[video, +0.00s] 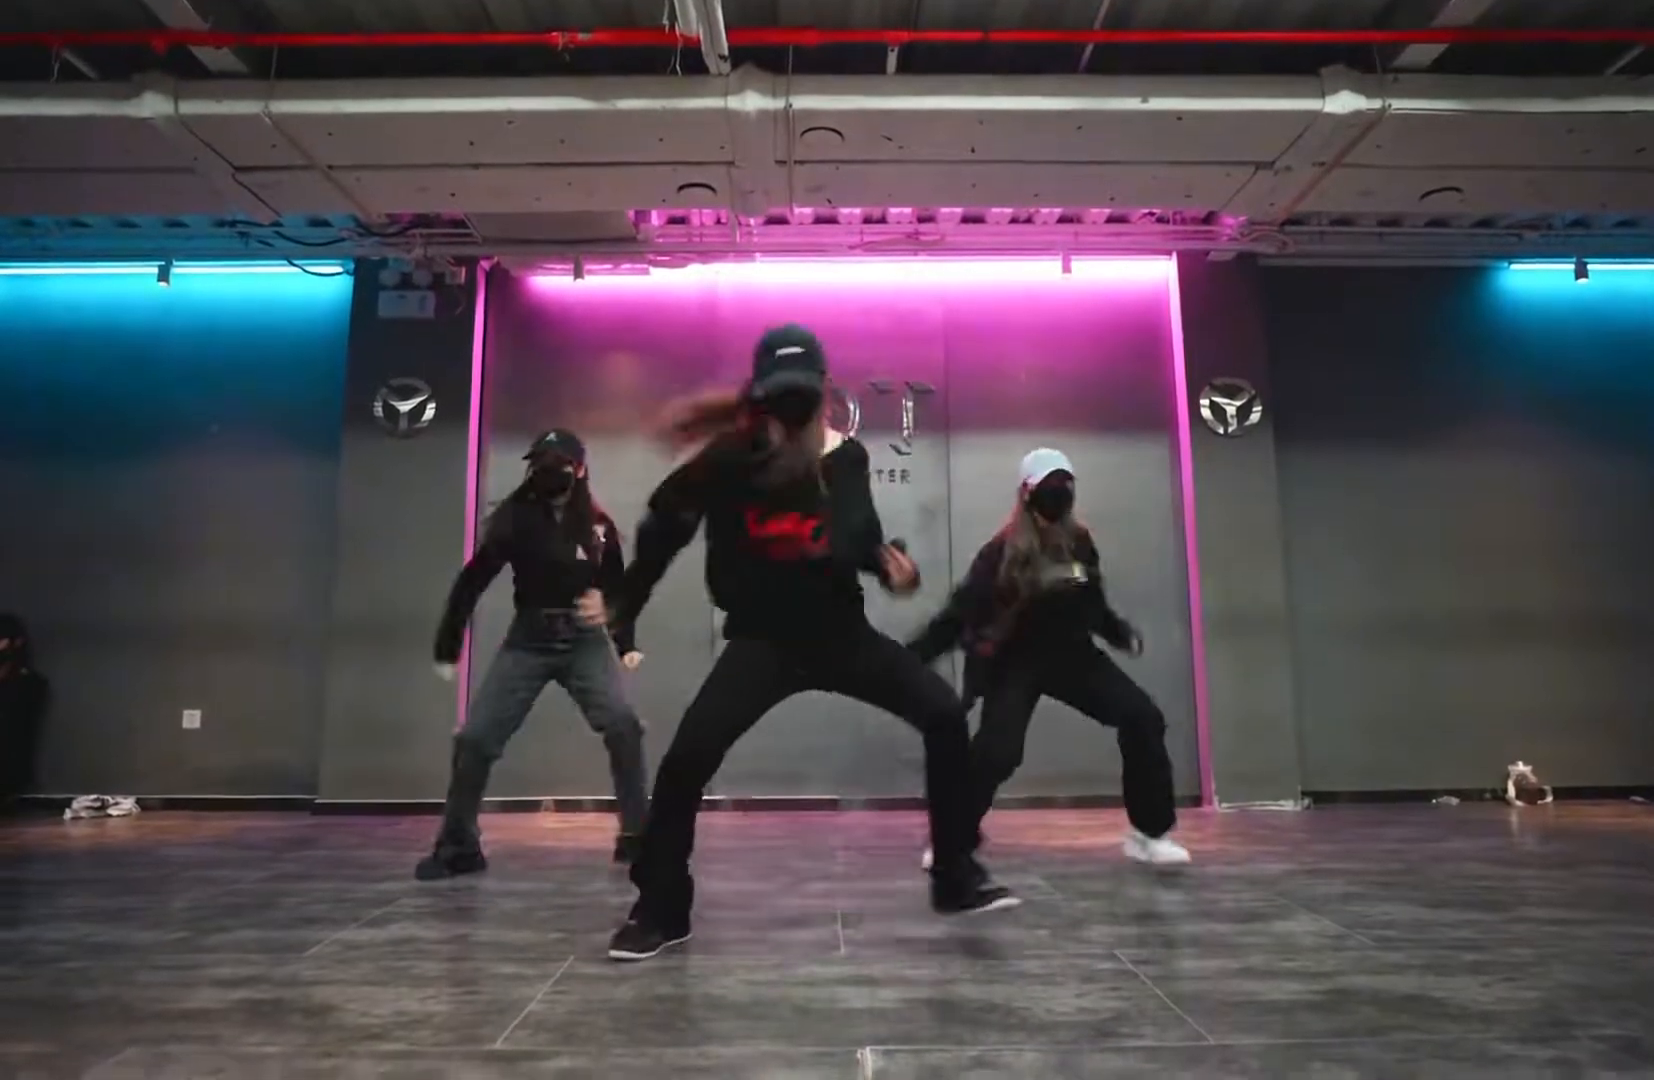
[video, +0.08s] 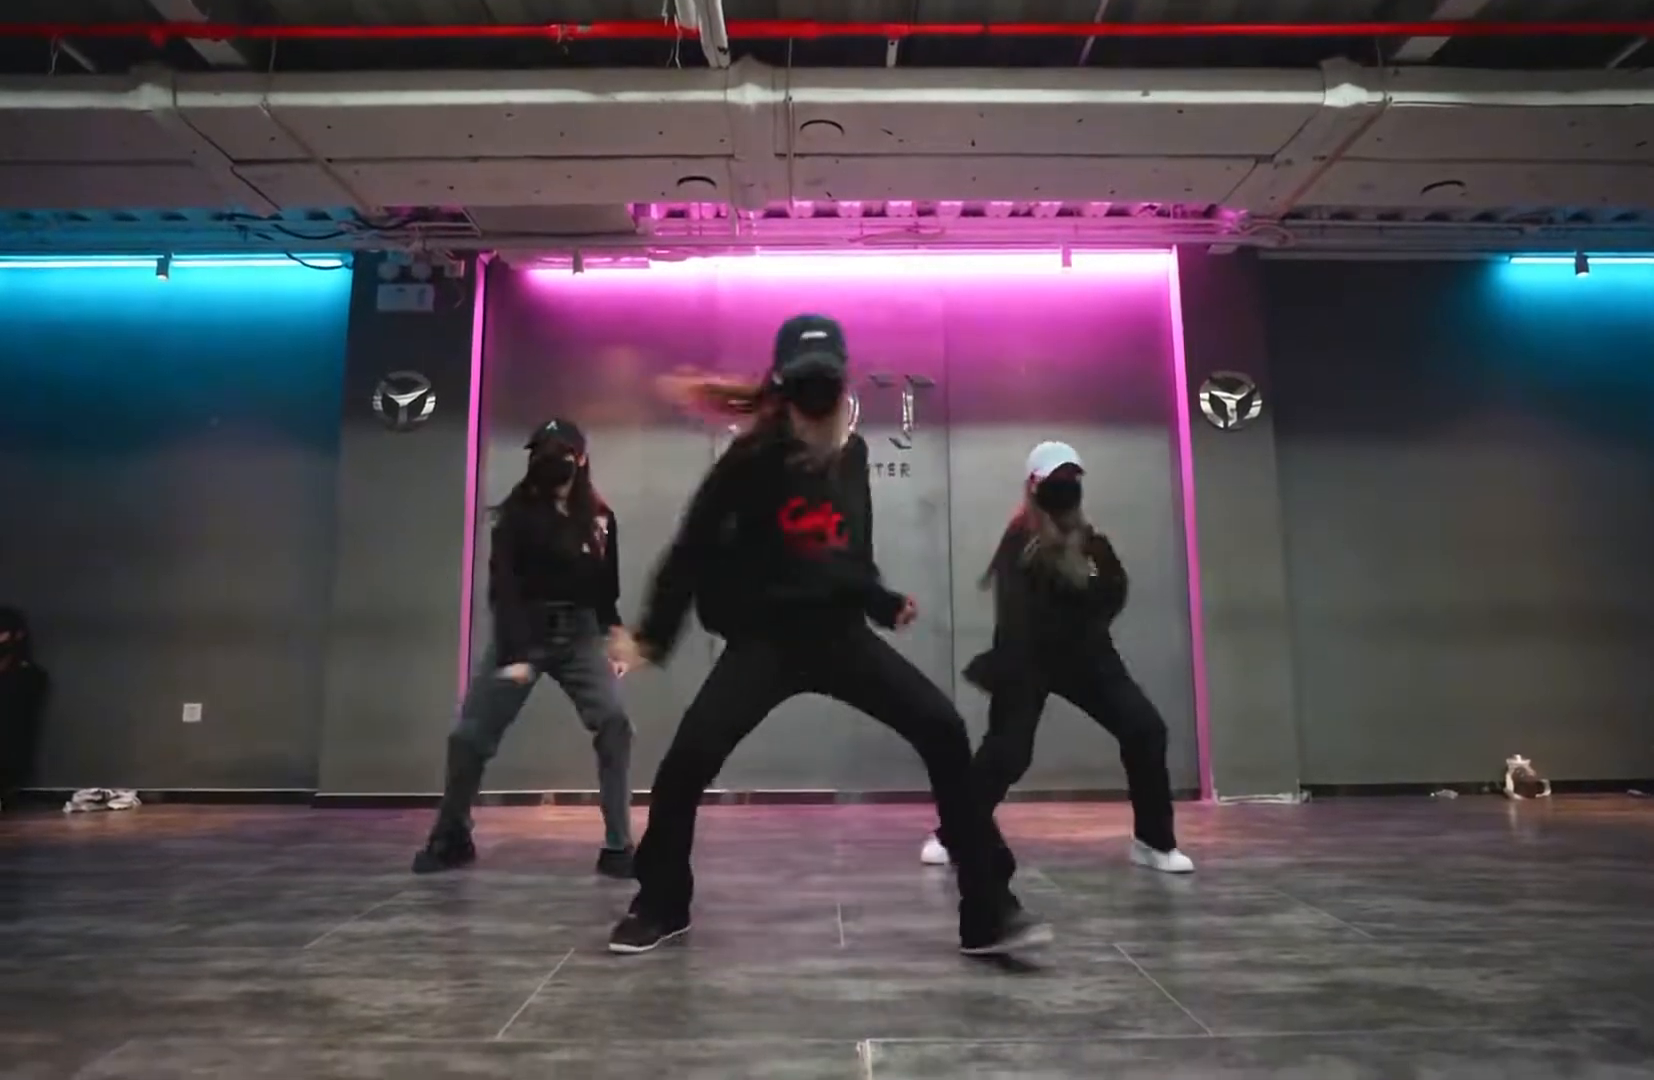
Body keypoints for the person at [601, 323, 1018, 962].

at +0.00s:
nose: (789, 413)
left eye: (801, 398)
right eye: (776, 399)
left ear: (823, 393)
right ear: (756, 398)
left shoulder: (842, 459)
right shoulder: (724, 463)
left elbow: (863, 541)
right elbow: (662, 531)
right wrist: (623, 611)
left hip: (842, 638)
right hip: (760, 644)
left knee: (944, 713)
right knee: (686, 759)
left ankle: (956, 875)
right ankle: (661, 912)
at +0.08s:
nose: (816, 395)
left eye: (827, 381)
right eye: (803, 383)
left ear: (845, 380)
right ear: (782, 386)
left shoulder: (852, 456)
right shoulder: (751, 460)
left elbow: (845, 554)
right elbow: (691, 548)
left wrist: (883, 599)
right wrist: (654, 635)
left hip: (841, 640)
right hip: (762, 646)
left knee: (943, 730)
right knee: (683, 764)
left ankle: (987, 909)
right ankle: (659, 909)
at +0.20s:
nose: (830, 369)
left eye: (842, 356)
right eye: (817, 357)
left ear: (858, 360)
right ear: (795, 362)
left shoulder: (864, 437)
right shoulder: (773, 433)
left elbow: (865, 541)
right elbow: (779, 532)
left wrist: (835, 627)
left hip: (859, 632)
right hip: (777, 635)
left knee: (967, 744)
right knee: (693, 765)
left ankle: (993, 913)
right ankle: (660, 898)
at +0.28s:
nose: (828, 352)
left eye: (840, 339)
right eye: (815, 341)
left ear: (858, 344)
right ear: (795, 348)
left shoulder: (886, 426)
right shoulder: (773, 421)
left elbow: (894, 521)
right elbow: (756, 505)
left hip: (871, 634)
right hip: (784, 634)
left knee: (968, 744)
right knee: (689, 750)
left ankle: (993, 910)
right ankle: (660, 882)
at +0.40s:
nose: (823, 324)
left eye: (835, 313)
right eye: (809, 313)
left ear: (854, 327)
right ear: (787, 328)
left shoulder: (889, 423)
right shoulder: (754, 413)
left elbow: (922, 526)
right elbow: (683, 467)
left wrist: (912, 604)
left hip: (874, 621)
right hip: (781, 627)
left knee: (979, 727)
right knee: (709, 754)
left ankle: (1009, 903)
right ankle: (698, 910)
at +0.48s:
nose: (819, 315)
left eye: (831, 305)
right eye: (807, 305)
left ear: (851, 319)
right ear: (786, 319)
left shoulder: (884, 412)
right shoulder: (737, 407)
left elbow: (928, 500)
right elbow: (653, 421)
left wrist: (915, 592)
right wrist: (596, 433)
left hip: (873, 610)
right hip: (778, 618)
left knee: (985, 716)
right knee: (703, 752)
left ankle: (1003, 886)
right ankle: (691, 907)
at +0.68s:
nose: (821, 305)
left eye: (832, 293)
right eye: (807, 294)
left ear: (851, 300)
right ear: (786, 302)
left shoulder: (889, 386)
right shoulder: (748, 386)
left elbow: (935, 483)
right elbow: (667, 380)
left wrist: (915, 556)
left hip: (876, 587)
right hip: (783, 590)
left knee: (952, 732)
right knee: (706, 737)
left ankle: (1007, 900)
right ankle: (632, 905)